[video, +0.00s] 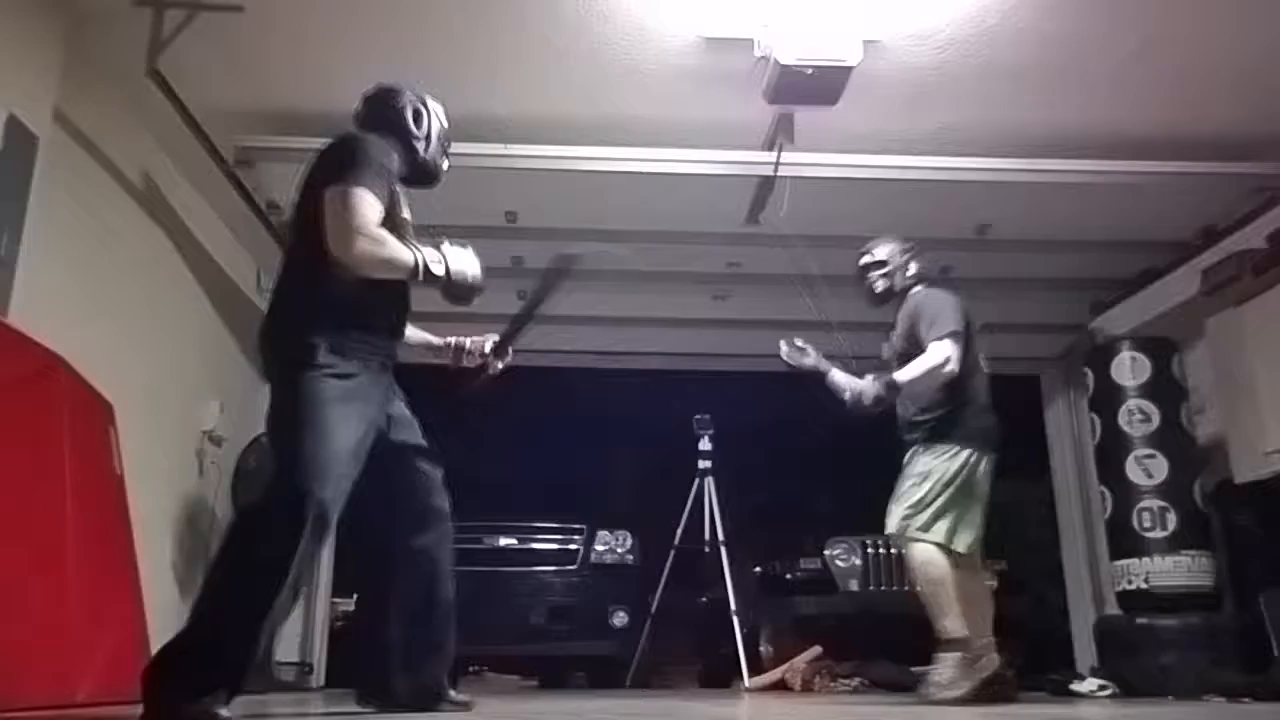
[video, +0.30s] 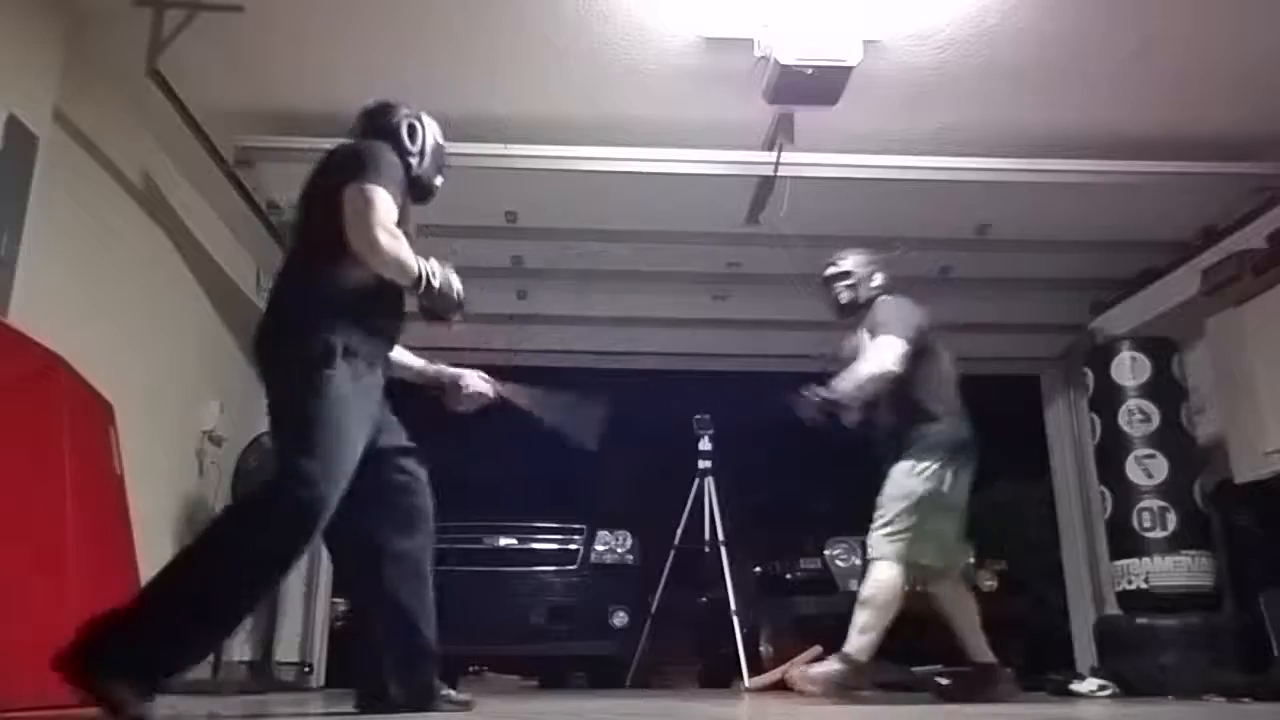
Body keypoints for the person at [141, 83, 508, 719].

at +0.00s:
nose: (439, 151)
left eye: (439, 139)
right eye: (435, 136)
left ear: (389, 125)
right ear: (412, 125)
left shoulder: (382, 191)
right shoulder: (362, 153)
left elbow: (369, 321)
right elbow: (353, 244)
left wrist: (453, 350)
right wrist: (436, 260)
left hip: (370, 371)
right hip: (327, 360)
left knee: (422, 510)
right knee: (303, 503)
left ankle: (412, 685)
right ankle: (184, 688)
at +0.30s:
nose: (434, 173)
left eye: (436, 162)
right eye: (431, 156)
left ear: (382, 136)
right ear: (409, 138)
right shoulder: (376, 155)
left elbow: (360, 337)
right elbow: (372, 235)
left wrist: (443, 376)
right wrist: (425, 273)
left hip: (351, 363)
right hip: (325, 348)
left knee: (399, 497)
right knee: (302, 499)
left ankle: (402, 682)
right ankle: (121, 658)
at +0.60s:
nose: (387, 117)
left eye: (390, 103)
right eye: (386, 99)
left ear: (338, 81)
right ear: (361, 83)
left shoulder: (332, 152)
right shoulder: (295, 117)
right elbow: (318, 224)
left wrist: (377, 327)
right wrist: (382, 218)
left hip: (318, 354)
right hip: (256, 341)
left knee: (365, 489)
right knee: (215, 502)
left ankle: (362, 674)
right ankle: (77, 687)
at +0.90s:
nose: (399, 100)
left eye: (403, 87)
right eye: (397, 83)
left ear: (346, 64)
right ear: (371, 65)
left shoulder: (336, 137)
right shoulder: (304, 94)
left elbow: (314, 285)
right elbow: (328, 205)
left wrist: (385, 305)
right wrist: (423, 201)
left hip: (316, 337)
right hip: (259, 321)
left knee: (384, 474)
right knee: (208, 481)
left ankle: (333, 663)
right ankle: (62, 689)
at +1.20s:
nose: (407, 118)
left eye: (409, 106)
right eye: (403, 100)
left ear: (366, 87)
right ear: (376, 81)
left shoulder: (345, 163)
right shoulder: (319, 95)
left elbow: (333, 299)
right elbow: (316, 173)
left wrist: (408, 347)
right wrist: (412, 207)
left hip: (331, 343)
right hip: (275, 324)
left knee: (377, 485)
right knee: (241, 488)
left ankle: (375, 685)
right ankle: (54, 683)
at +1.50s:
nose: (370, 85)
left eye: (374, 73)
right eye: (369, 67)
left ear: (322, 40)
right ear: (347, 43)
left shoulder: (307, 113)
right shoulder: (282, 68)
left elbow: (285, 264)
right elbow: (303, 165)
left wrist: (366, 322)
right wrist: (382, 191)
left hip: (299, 325)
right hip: (240, 306)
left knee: (353, 476)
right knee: (194, 496)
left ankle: (361, 677)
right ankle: (47, 691)